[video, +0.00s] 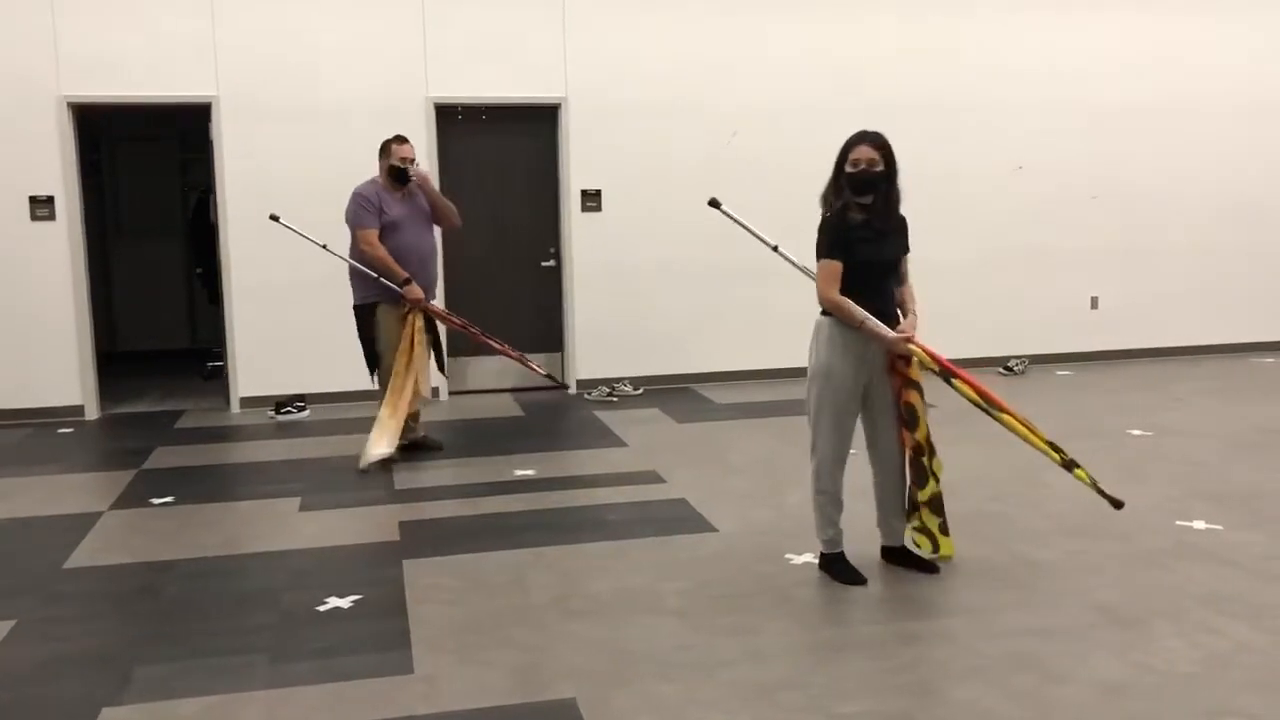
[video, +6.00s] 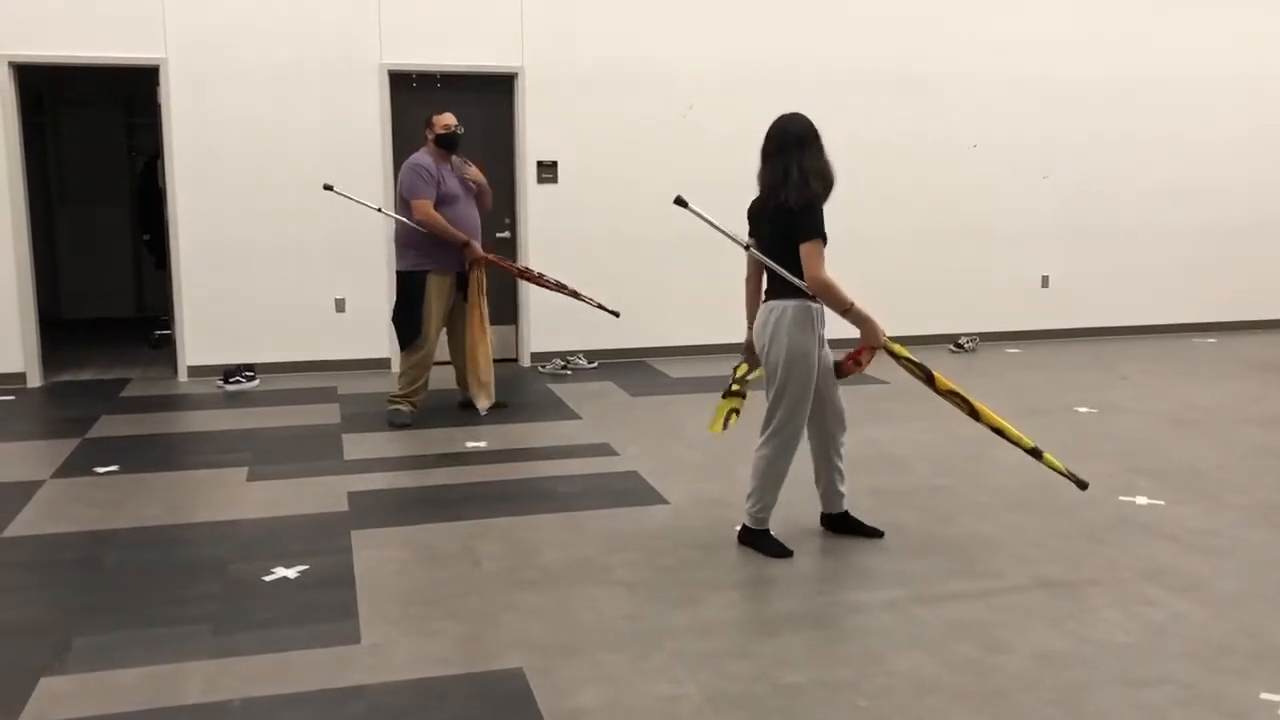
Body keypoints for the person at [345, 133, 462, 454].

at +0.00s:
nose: (408, 168)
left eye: (411, 162)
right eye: (401, 162)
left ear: (415, 164)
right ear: (383, 162)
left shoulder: (420, 193)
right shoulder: (366, 195)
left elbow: (452, 222)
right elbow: (367, 247)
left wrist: (430, 190)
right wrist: (406, 281)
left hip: (416, 295)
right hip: (379, 298)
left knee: (415, 365)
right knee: (391, 367)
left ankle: (410, 431)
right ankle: (391, 437)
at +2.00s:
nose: (474, 144)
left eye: (476, 139)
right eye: (468, 139)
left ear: (475, 140)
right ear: (450, 138)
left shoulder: (473, 168)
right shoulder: (427, 169)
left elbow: (492, 211)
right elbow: (428, 218)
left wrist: (492, 187)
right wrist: (470, 248)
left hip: (474, 269)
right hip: (439, 271)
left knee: (479, 337)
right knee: (431, 343)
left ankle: (485, 397)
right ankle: (411, 405)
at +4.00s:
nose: (422, 109)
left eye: (425, 105)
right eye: (414, 106)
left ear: (430, 113)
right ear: (400, 117)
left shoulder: (438, 146)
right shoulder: (389, 149)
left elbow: (452, 191)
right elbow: (387, 200)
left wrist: (471, 227)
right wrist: (430, 225)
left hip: (439, 248)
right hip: (402, 251)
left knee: (444, 315)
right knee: (397, 323)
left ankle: (450, 378)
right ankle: (379, 389)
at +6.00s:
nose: (452, 133)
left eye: (455, 129)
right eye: (445, 129)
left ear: (460, 133)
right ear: (430, 134)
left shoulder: (461, 165)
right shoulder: (418, 166)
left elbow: (485, 207)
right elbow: (423, 214)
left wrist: (482, 183)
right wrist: (465, 242)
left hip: (463, 265)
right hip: (426, 268)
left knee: (469, 334)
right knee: (421, 340)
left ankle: (474, 395)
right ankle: (403, 403)